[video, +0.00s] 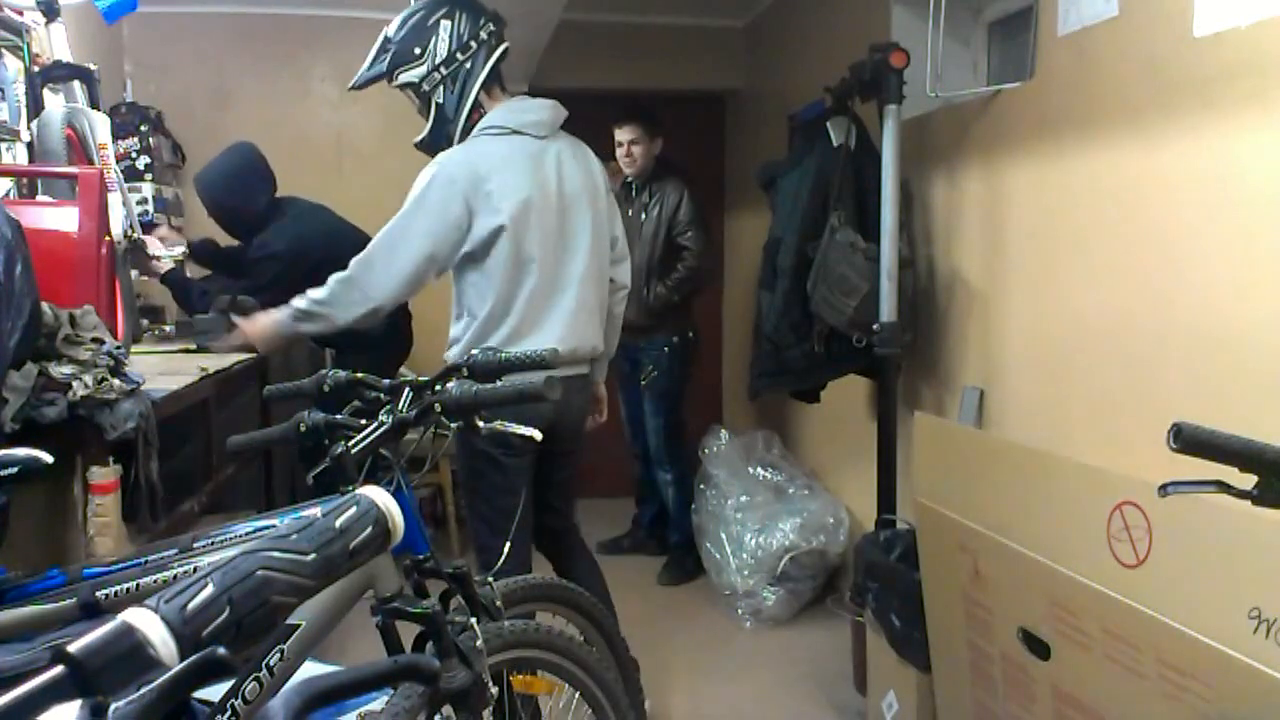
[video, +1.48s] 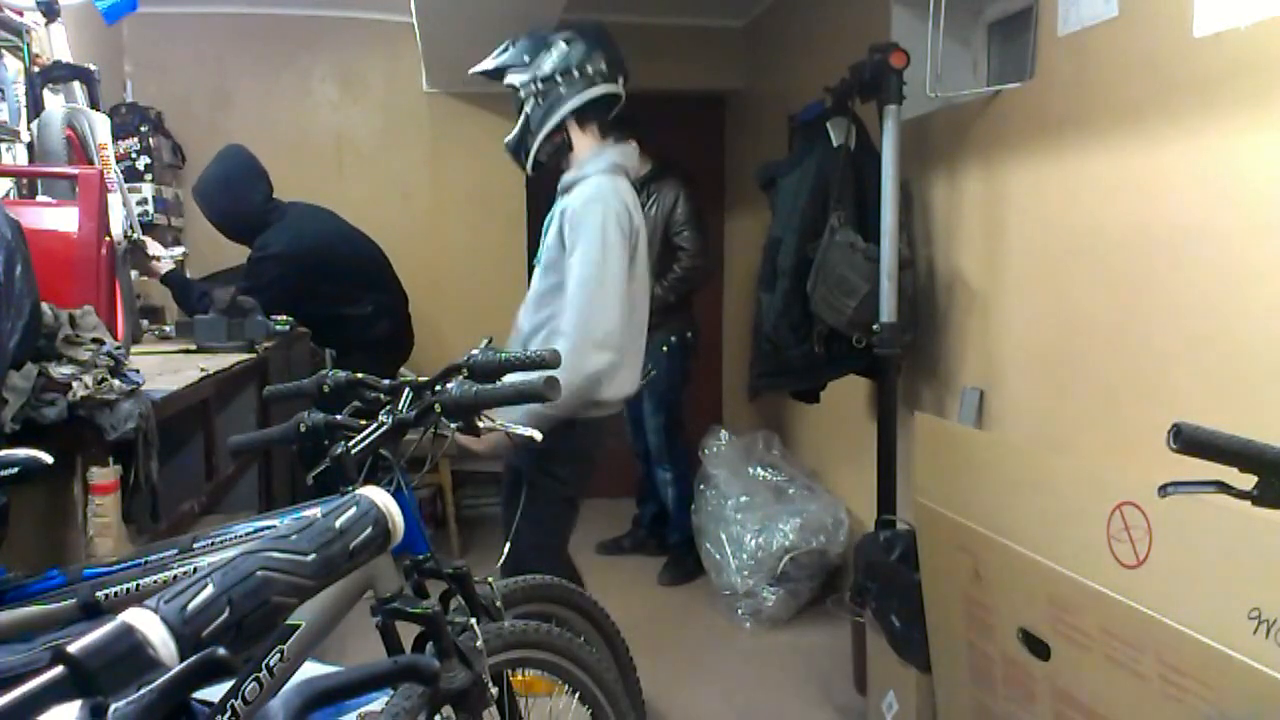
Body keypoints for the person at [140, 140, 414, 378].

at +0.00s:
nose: (213, 218)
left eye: (214, 209)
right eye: (211, 209)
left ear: (234, 206)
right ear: (260, 187)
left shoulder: (276, 249)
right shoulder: (292, 212)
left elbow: (225, 307)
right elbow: (245, 263)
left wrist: (168, 273)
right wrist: (189, 247)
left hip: (372, 343)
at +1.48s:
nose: (217, 225)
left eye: (216, 216)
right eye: (213, 216)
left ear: (231, 211)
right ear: (258, 190)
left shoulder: (275, 254)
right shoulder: (297, 216)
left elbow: (229, 312)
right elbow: (250, 290)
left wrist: (164, 272)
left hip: (370, 349)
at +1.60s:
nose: (217, 226)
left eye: (216, 217)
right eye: (213, 218)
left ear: (229, 214)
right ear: (257, 191)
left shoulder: (275, 253)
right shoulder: (296, 216)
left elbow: (220, 315)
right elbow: (268, 264)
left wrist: (164, 273)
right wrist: (227, 278)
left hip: (372, 350)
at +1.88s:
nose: (213, 224)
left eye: (212, 215)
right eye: (209, 216)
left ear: (226, 212)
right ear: (251, 194)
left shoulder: (273, 251)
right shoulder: (286, 217)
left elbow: (233, 316)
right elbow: (249, 281)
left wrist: (170, 275)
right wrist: (195, 257)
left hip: (380, 348)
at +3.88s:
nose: (203, 233)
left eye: (201, 223)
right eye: (198, 224)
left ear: (215, 218)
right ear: (239, 195)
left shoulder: (266, 252)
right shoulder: (279, 220)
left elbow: (220, 319)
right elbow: (244, 279)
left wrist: (168, 276)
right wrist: (186, 285)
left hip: (367, 350)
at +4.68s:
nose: (206, 224)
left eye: (205, 215)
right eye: (202, 216)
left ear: (219, 212)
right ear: (246, 192)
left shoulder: (268, 250)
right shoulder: (284, 223)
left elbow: (221, 317)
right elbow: (253, 282)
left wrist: (166, 276)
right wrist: (211, 277)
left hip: (366, 363)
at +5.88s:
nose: (209, 222)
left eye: (209, 212)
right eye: (206, 214)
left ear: (226, 207)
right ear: (255, 191)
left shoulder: (264, 249)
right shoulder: (295, 220)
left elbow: (233, 324)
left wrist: (167, 277)